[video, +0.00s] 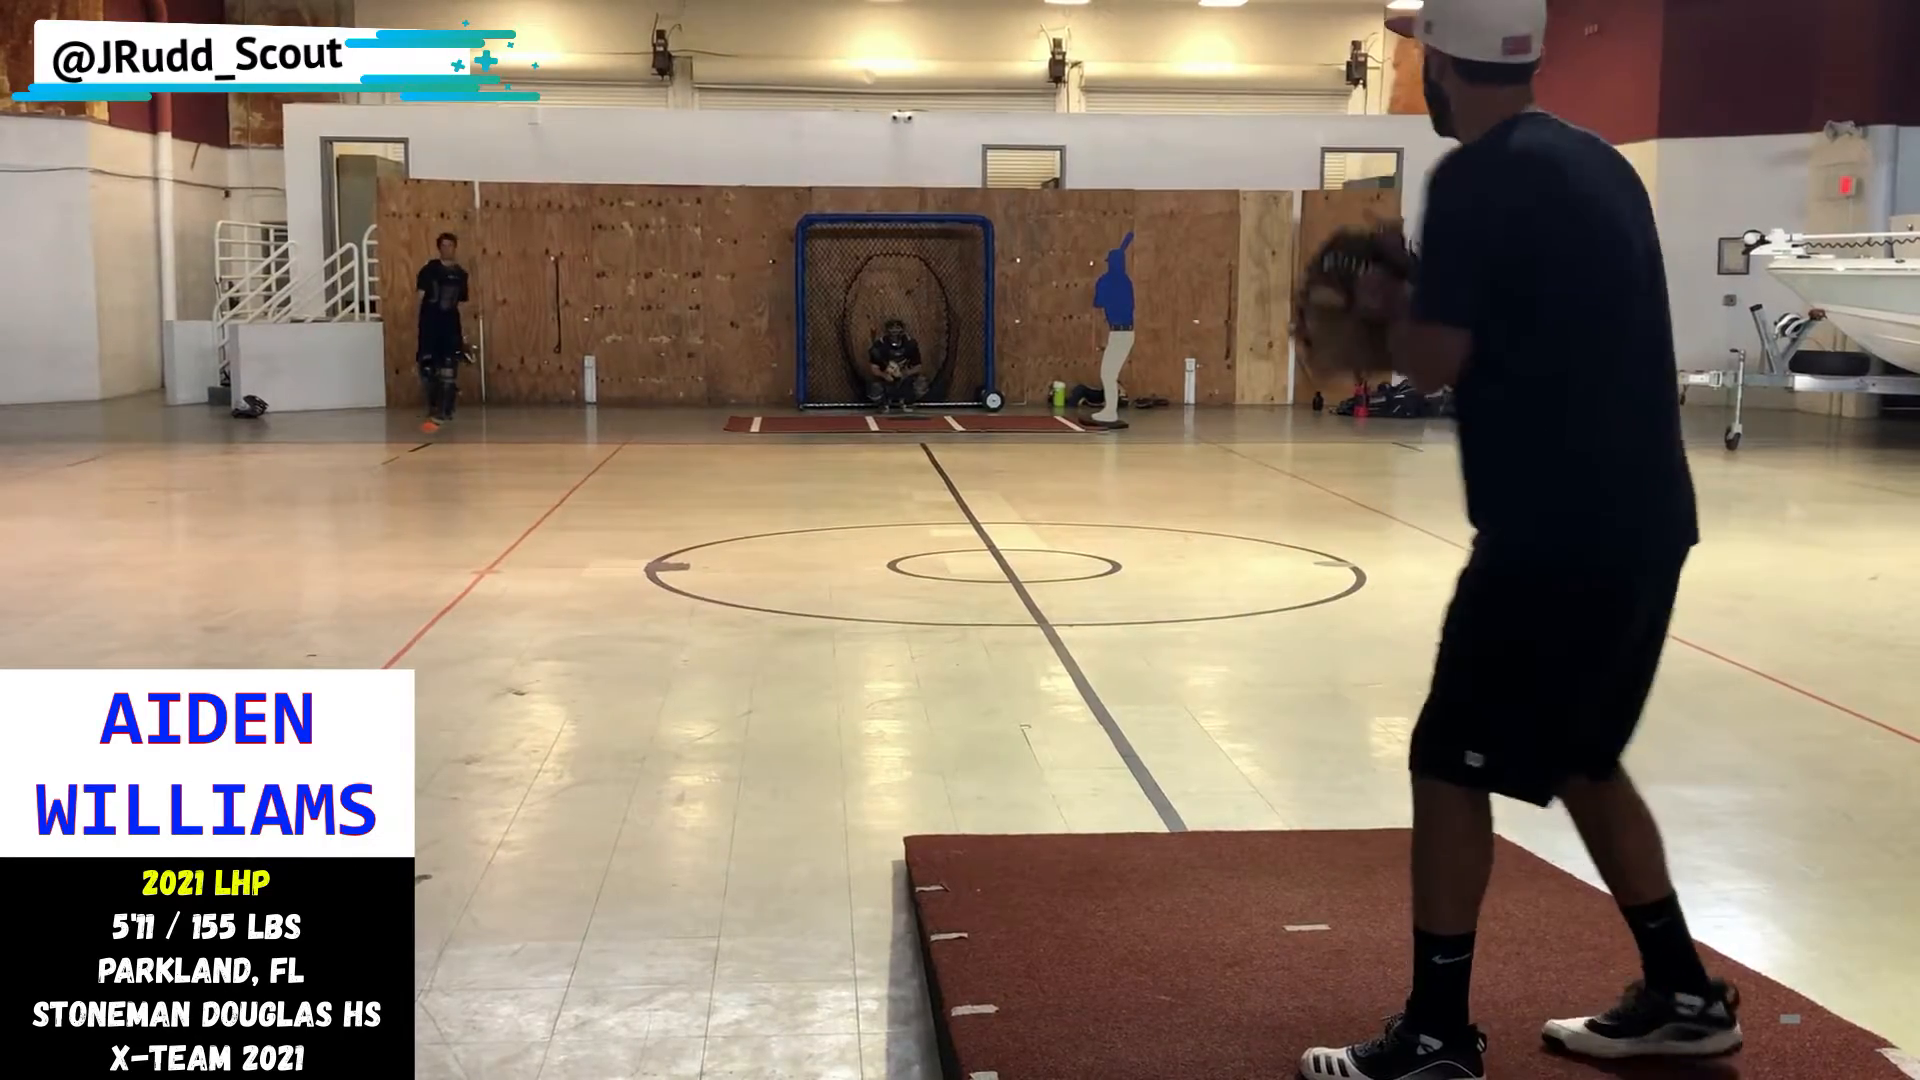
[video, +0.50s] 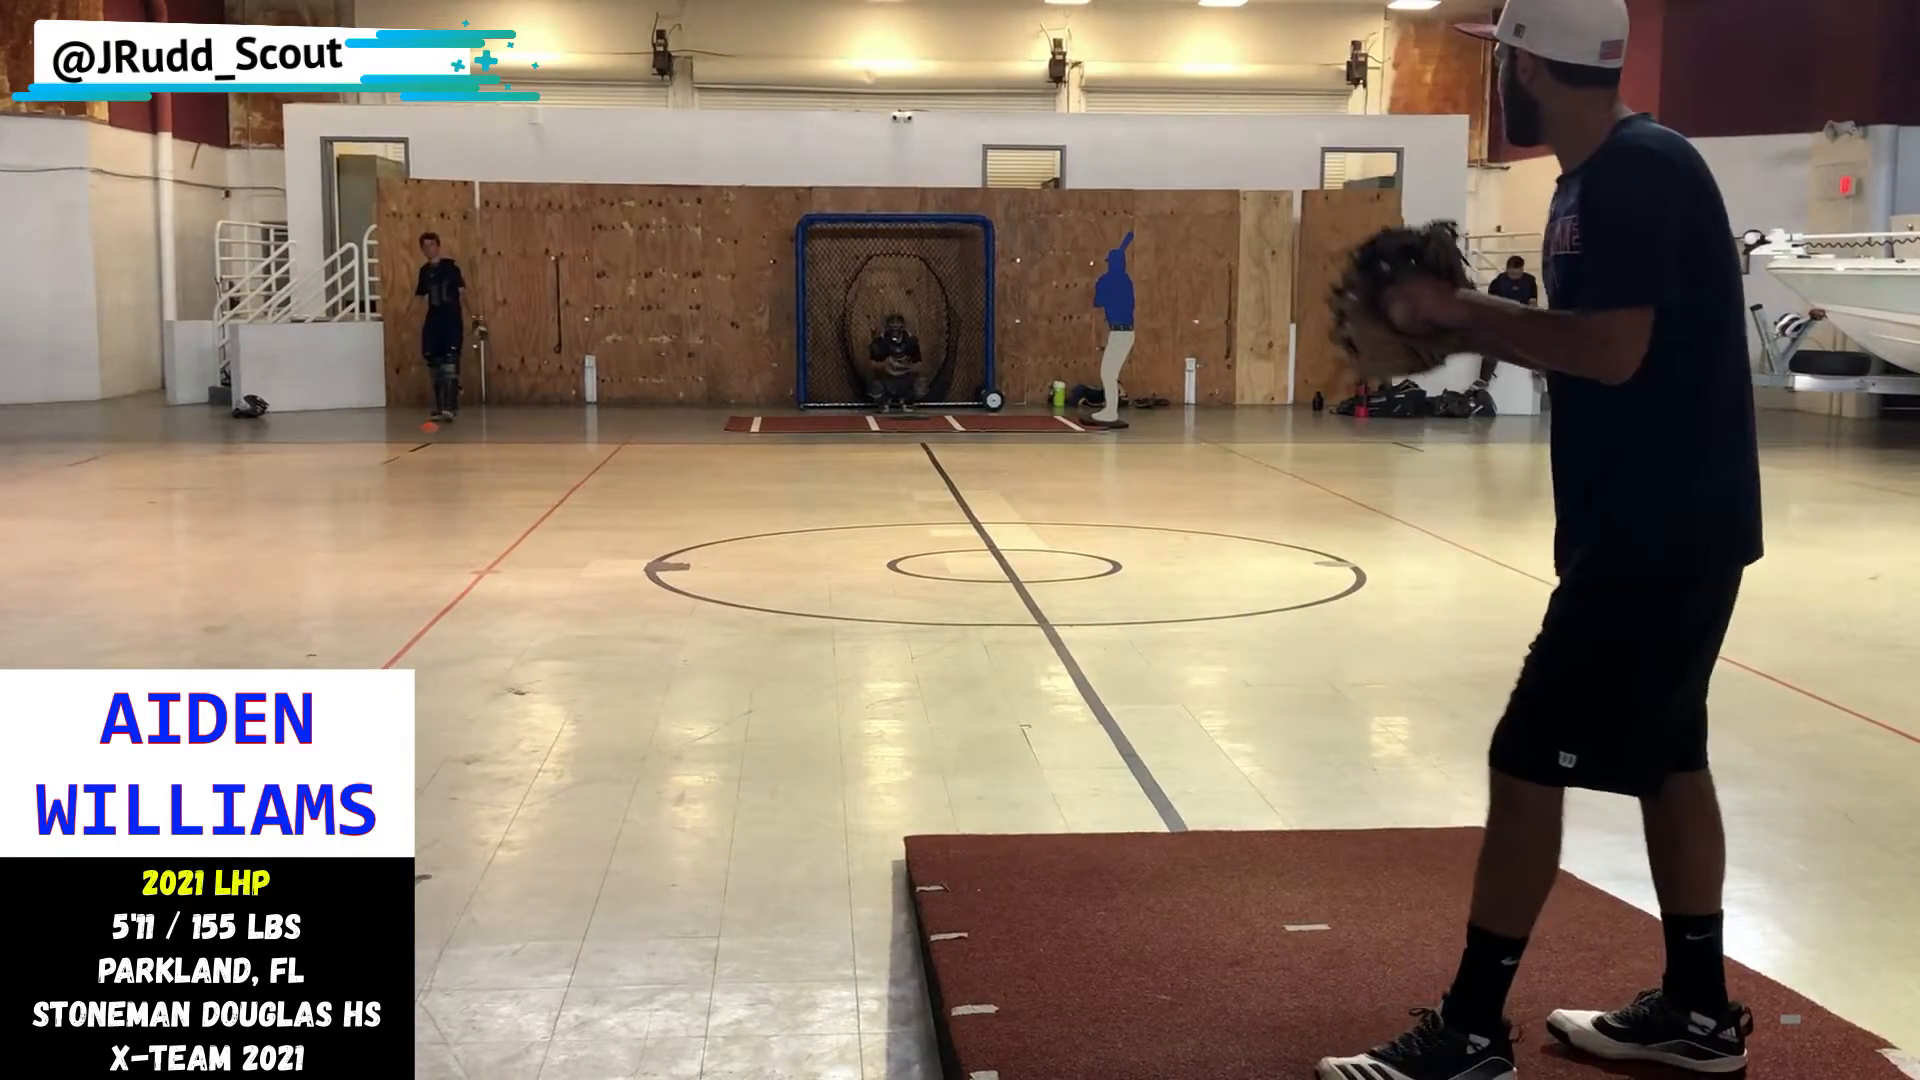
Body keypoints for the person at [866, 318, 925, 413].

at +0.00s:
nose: (896, 335)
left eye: (898, 332)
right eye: (892, 332)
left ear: (902, 331)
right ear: (887, 332)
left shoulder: (911, 344)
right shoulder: (879, 345)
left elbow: (918, 367)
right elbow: (874, 368)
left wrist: (906, 373)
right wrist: (885, 375)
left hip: (904, 379)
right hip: (887, 379)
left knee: (921, 382)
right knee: (875, 386)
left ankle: (907, 403)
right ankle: (883, 405)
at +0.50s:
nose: (895, 330)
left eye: (898, 326)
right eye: (893, 326)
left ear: (903, 326)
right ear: (888, 326)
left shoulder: (911, 340)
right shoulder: (880, 341)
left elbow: (918, 364)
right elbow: (873, 363)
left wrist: (905, 369)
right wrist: (885, 365)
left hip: (906, 376)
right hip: (887, 376)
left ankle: (907, 402)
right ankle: (883, 404)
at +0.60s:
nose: (895, 321)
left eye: (898, 317)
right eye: (891, 318)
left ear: (902, 318)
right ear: (886, 319)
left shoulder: (911, 334)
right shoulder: (879, 334)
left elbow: (918, 356)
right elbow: (871, 355)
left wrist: (906, 361)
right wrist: (880, 354)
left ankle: (904, 400)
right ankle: (886, 400)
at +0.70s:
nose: (894, 321)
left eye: (898, 318)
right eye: (891, 318)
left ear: (903, 316)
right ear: (886, 316)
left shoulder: (911, 328)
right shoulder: (877, 329)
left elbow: (921, 347)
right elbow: (868, 352)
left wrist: (911, 355)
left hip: (905, 363)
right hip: (884, 363)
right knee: (871, 373)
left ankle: (911, 398)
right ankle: (876, 400)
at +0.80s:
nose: (895, 321)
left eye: (898, 317)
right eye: (892, 317)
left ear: (903, 316)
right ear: (886, 315)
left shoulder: (910, 329)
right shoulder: (876, 330)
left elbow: (923, 348)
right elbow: (868, 350)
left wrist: (915, 355)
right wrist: (860, 365)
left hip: (907, 365)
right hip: (885, 365)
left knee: (923, 372)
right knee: (866, 375)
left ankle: (924, 403)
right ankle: (868, 404)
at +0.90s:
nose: (894, 324)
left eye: (898, 320)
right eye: (891, 320)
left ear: (902, 321)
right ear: (886, 320)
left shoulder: (910, 335)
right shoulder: (878, 336)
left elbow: (924, 355)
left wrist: (915, 361)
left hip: (907, 370)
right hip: (885, 370)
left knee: (922, 377)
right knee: (867, 378)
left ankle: (923, 405)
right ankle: (870, 405)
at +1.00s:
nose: (895, 331)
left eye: (898, 328)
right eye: (892, 328)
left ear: (903, 327)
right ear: (886, 327)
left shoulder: (910, 342)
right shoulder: (877, 344)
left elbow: (926, 358)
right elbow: (873, 365)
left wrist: (915, 365)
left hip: (907, 377)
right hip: (886, 377)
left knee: (921, 377)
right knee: (866, 380)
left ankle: (921, 405)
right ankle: (871, 406)